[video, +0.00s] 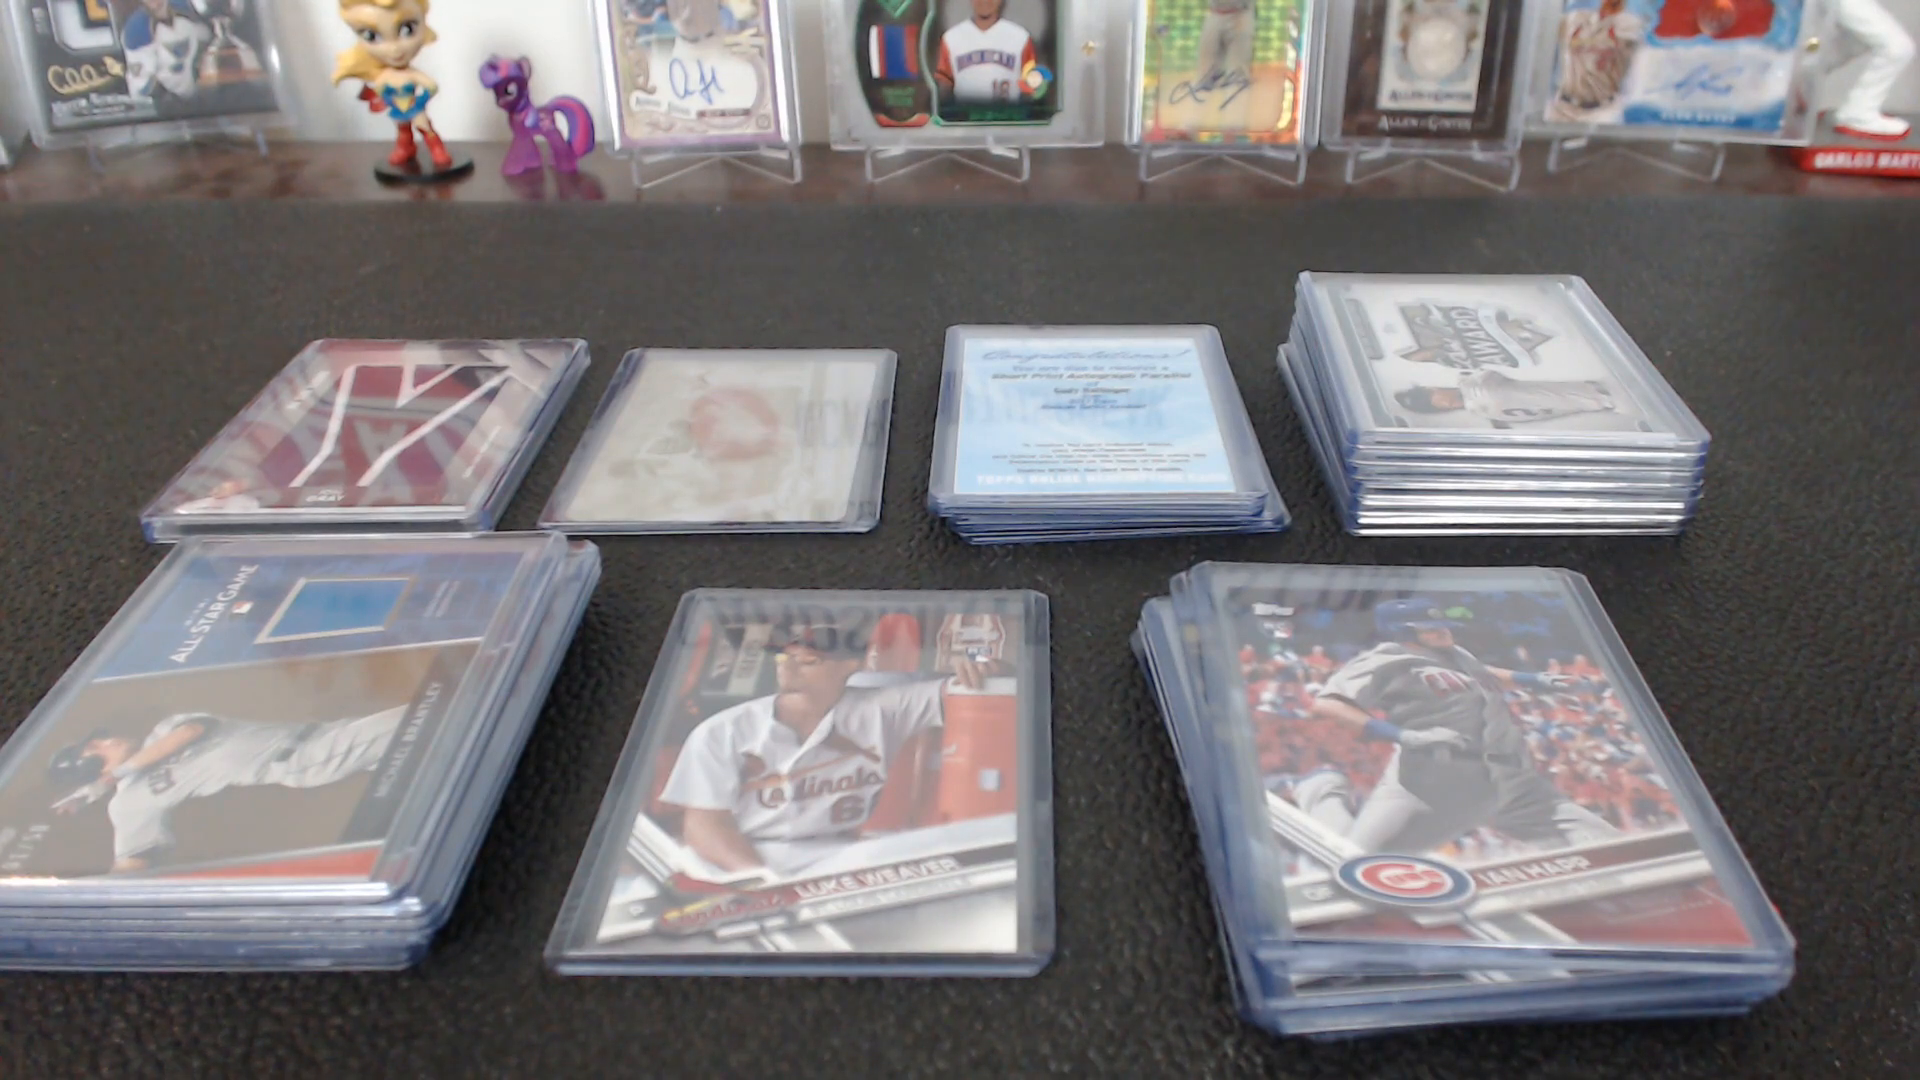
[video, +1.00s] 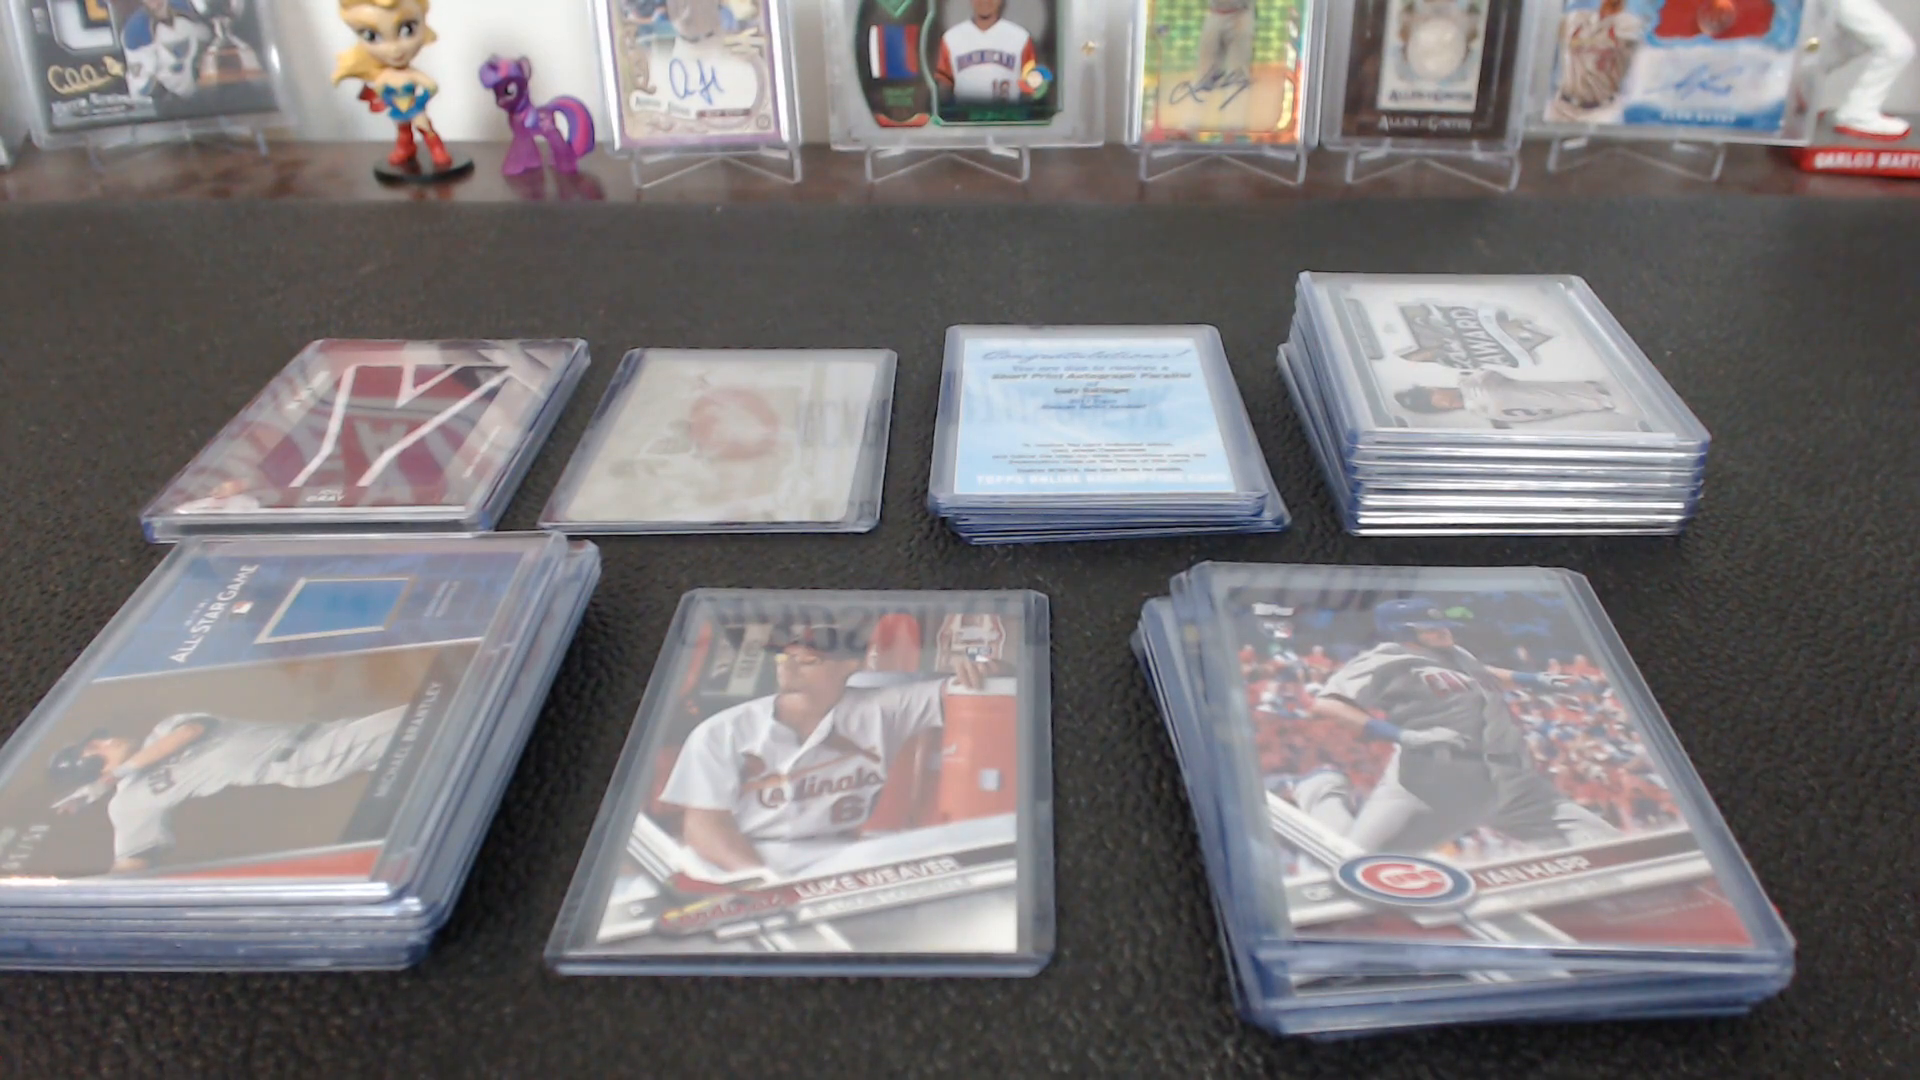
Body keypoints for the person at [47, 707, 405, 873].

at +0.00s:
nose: (110, 740)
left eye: (99, 739)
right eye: (100, 746)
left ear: (107, 742)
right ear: (100, 770)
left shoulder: (159, 727)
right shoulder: (131, 800)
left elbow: (192, 732)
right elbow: (130, 870)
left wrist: (115, 776)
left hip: (310, 732)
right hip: (298, 760)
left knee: (414, 721)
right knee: (412, 717)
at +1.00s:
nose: (109, 740)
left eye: (99, 739)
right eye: (99, 746)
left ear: (106, 744)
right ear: (99, 769)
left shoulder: (160, 729)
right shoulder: (131, 800)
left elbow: (193, 732)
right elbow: (130, 870)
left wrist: (116, 775)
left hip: (310, 732)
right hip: (298, 760)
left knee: (415, 720)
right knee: (413, 717)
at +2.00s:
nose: (111, 740)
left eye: (101, 739)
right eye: (101, 747)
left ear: (108, 742)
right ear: (100, 771)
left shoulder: (161, 729)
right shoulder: (131, 799)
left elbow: (193, 732)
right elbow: (129, 871)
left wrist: (119, 773)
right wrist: (82, 899)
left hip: (312, 733)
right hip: (299, 760)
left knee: (416, 722)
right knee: (414, 718)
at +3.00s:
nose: (112, 740)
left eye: (102, 740)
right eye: (102, 746)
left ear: (109, 741)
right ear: (101, 769)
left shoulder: (161, 729)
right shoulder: (131, 798)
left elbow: (192, 733)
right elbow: (130, 870)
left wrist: (114, 777)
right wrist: (85, 900)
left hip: (313, 732)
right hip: (301, 760)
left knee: (418, 720)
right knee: (416, 717)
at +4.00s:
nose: (115, 740)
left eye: (106, 739)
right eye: (105, 744)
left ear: (108, 745)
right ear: (101, 761)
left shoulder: (163, 727)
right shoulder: (130, 800)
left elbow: (196, 730)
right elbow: (130, 871)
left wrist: (118, 774)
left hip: (293, 731)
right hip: (286, 763)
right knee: (400, 724)